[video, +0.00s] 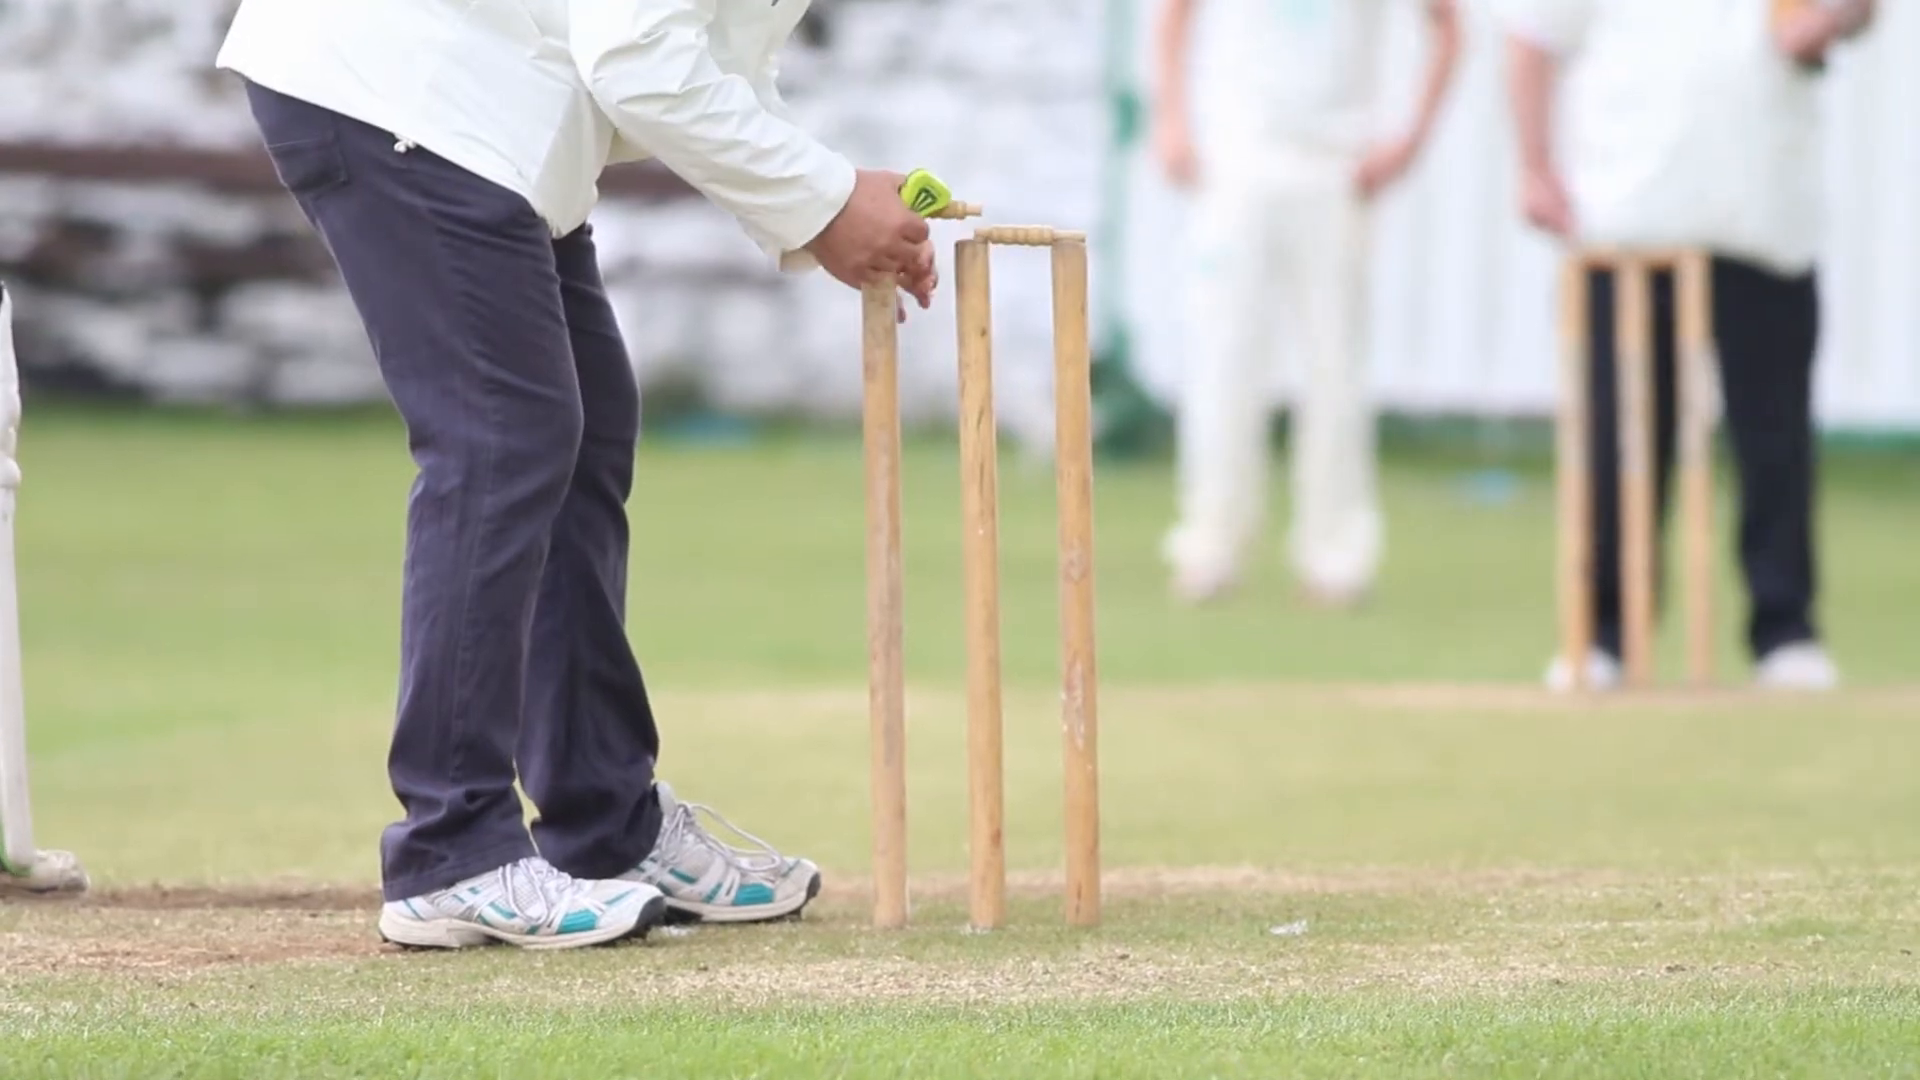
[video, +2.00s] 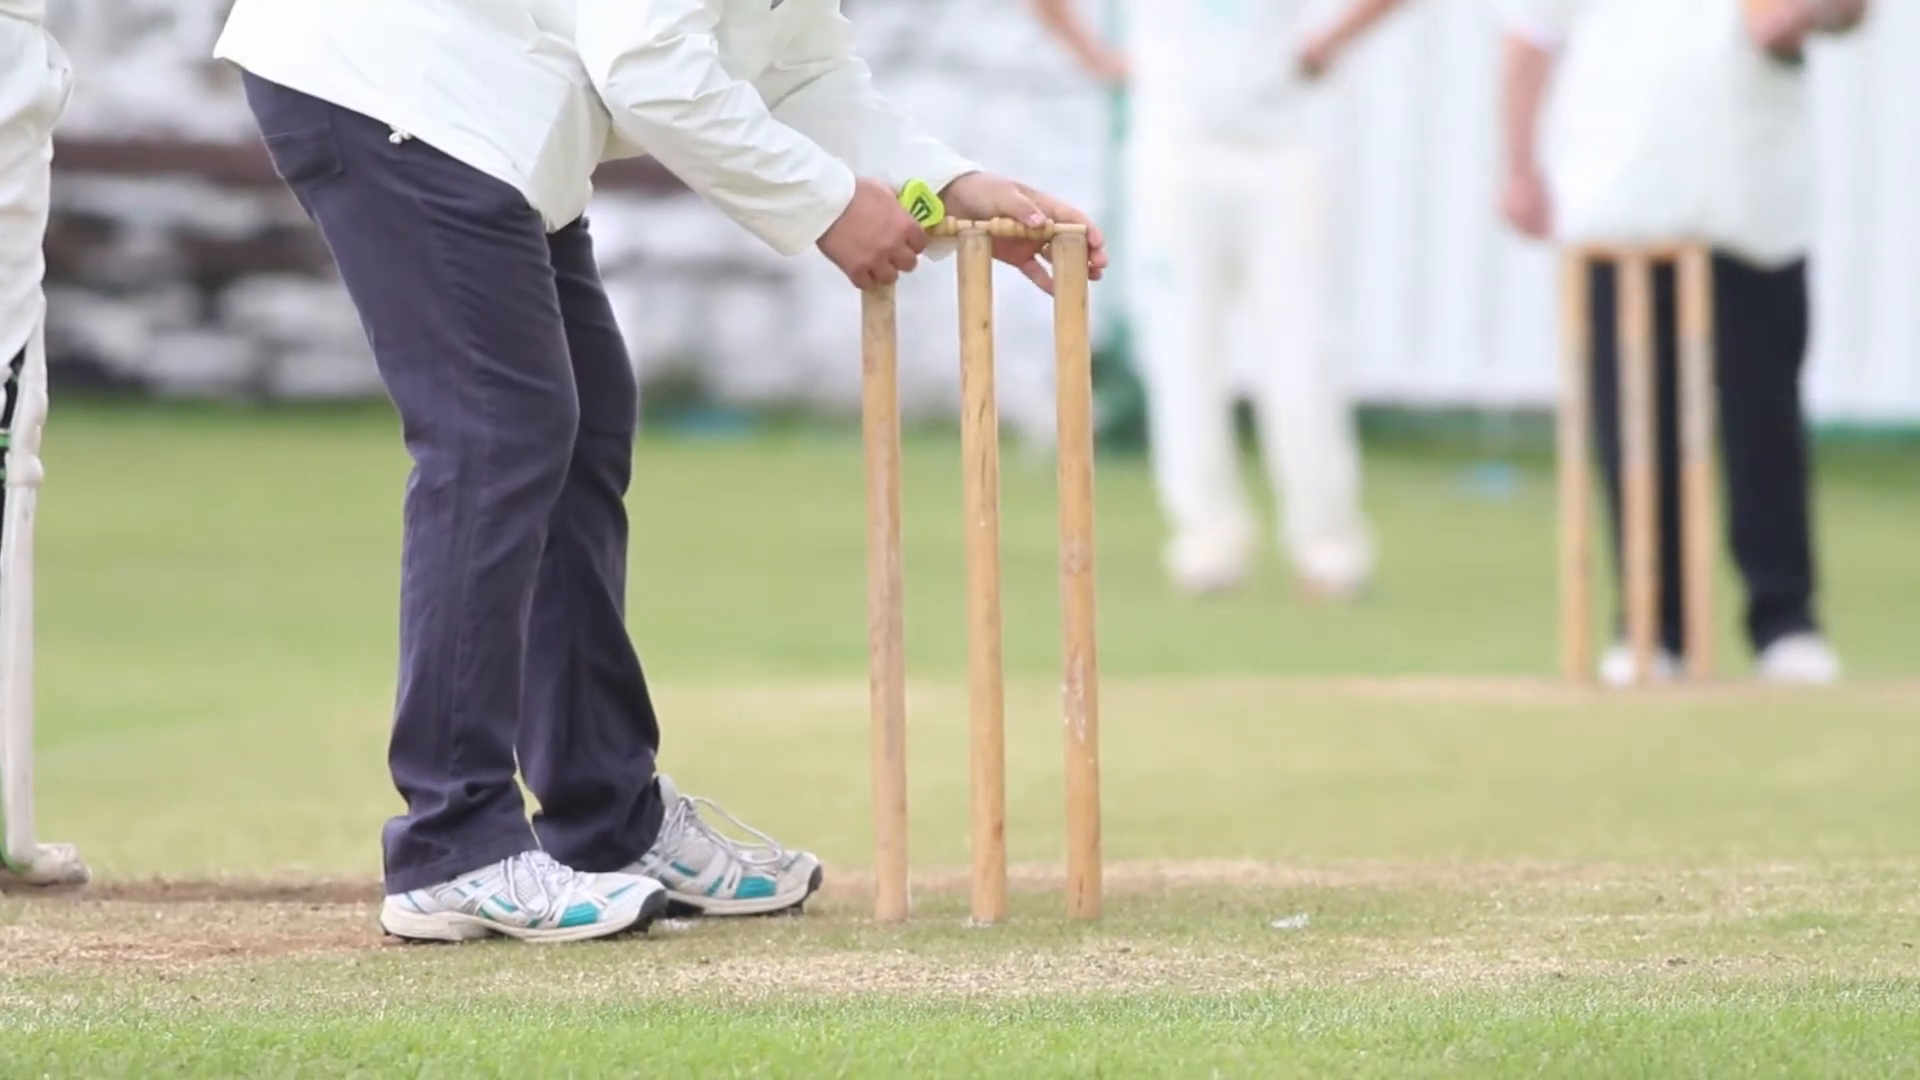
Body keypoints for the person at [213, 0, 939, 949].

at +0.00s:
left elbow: (698, 62)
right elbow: (633, 50)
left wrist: (831, 212)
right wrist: (826, 197)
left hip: (487, 83)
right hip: (385, 63)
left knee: (589, 422)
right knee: (507, 432)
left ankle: (605, 830)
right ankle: (450, 861)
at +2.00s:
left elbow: (809, 84)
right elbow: (646, 65)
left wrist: (959, 186)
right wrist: (826, 202)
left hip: (491, 82)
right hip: (377, 54)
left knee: (586, 414)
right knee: (505, 423)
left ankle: (606, 822)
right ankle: (451, 855)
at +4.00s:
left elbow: (813, 65)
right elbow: (650, 51)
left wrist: (962, 190)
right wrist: (844, 185)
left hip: (487, 73)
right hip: (376, 51)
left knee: (594, 406)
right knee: (507, 416)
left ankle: (607, 815)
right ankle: (454, 846)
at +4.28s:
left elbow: (750, 20)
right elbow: (612, 15)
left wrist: (904, 154)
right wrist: (802, 140)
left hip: (517, 68)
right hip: (394, 53)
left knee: (620, 401)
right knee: (552, 405)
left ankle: (608, 809)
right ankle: (463, 828)